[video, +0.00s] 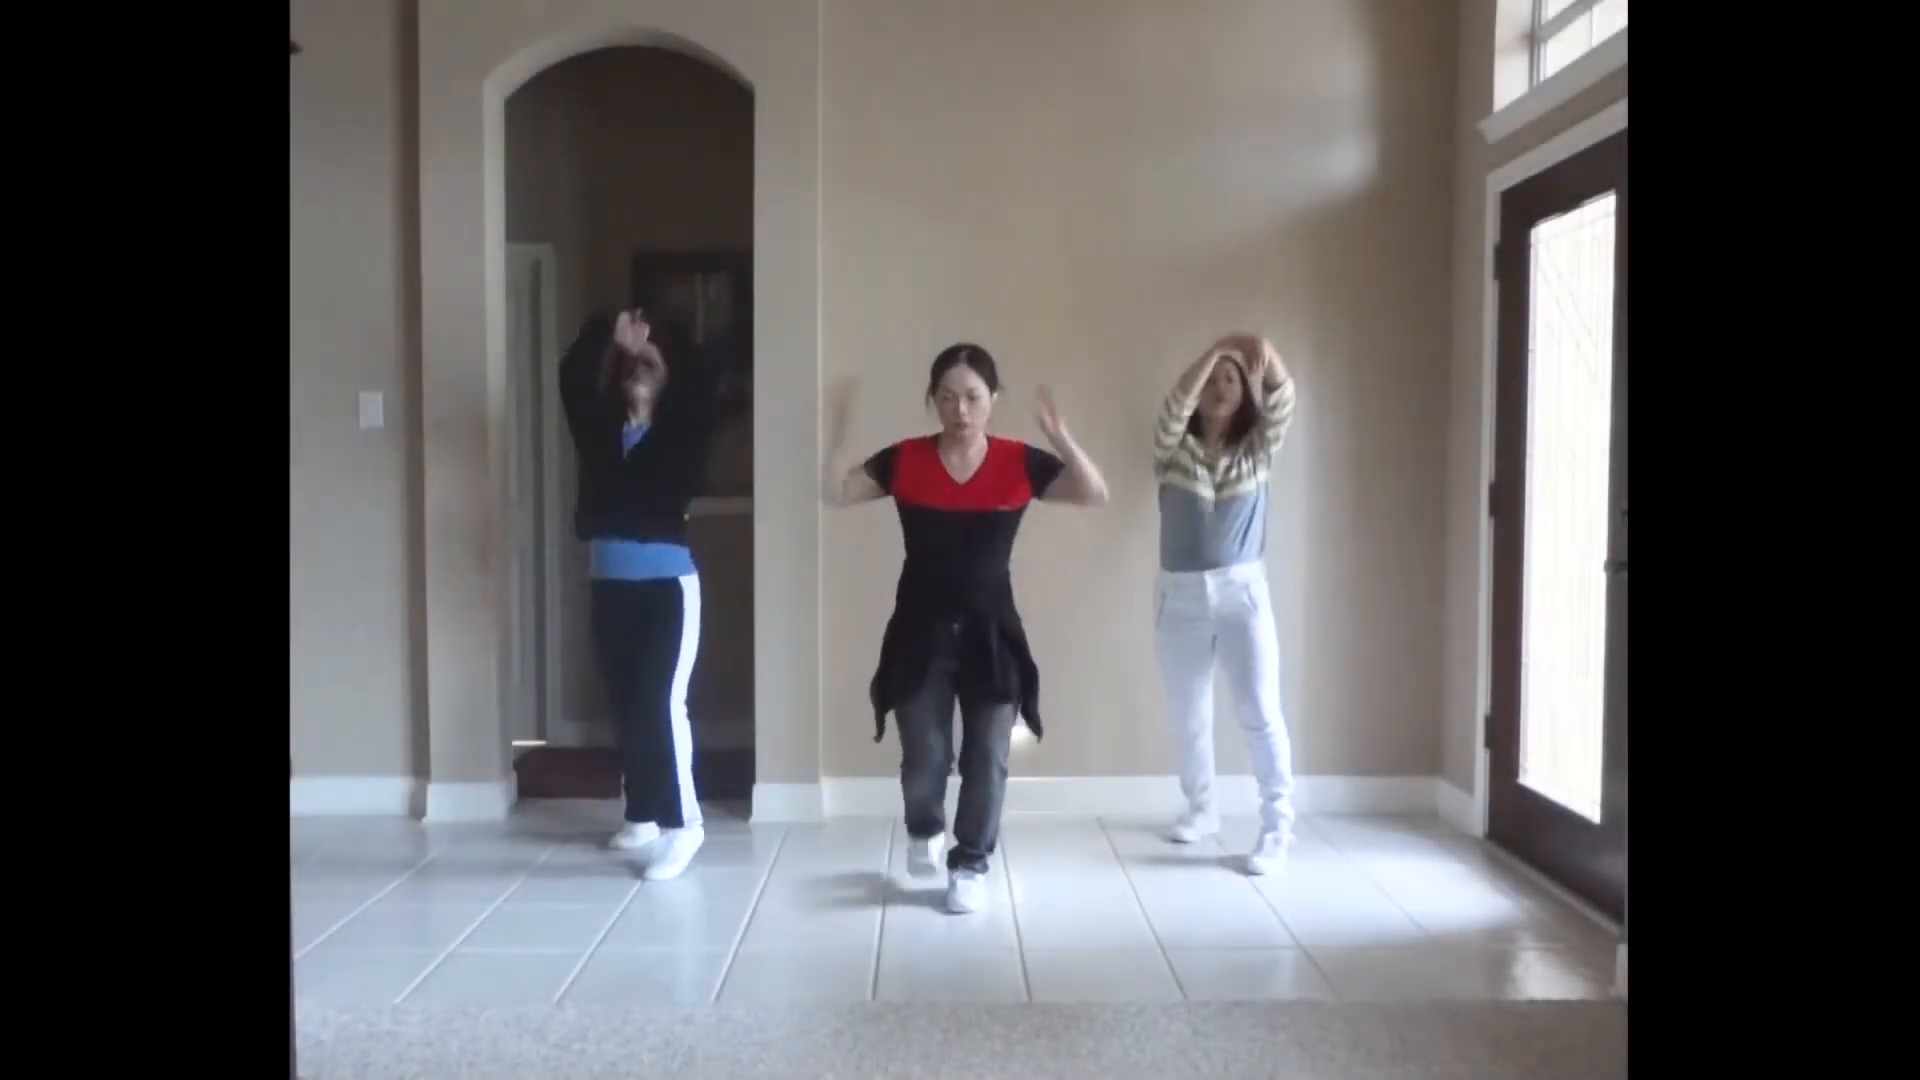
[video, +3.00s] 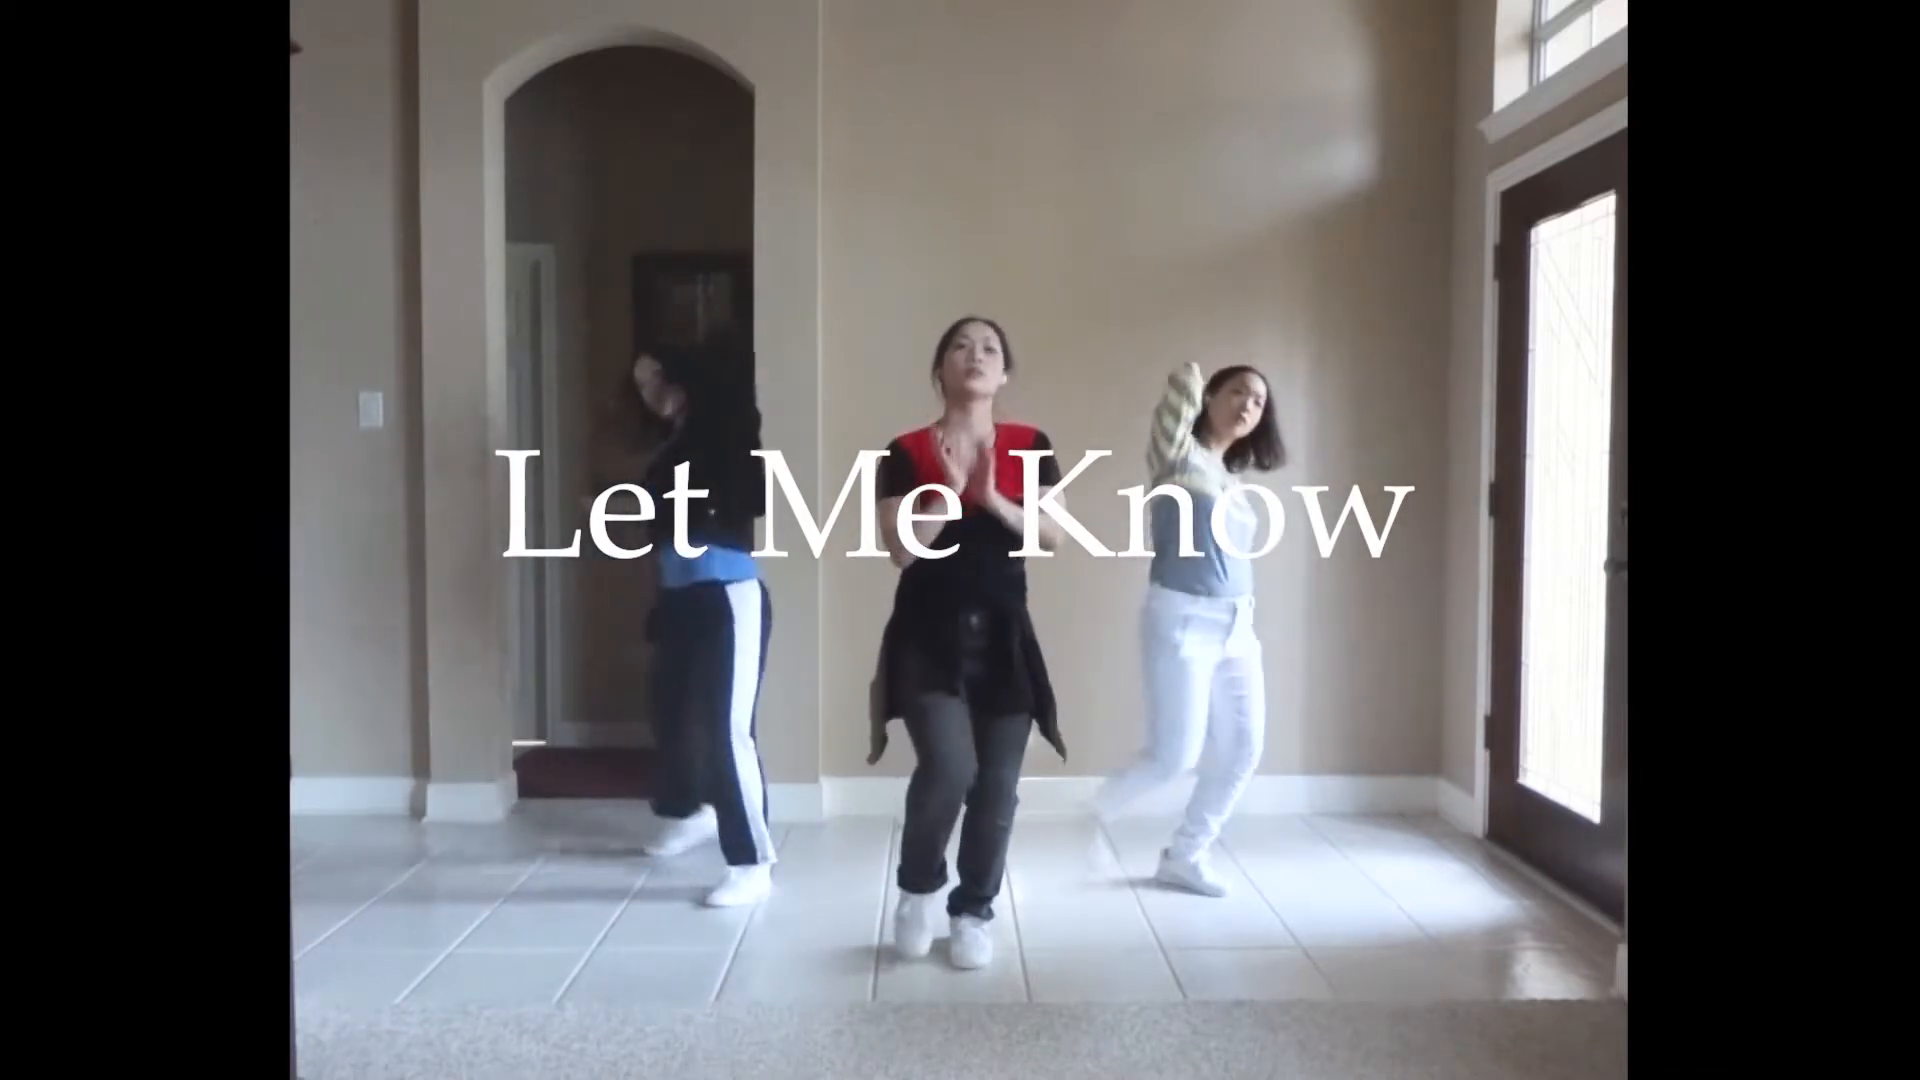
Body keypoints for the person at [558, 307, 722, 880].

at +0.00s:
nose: (636, 378)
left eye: (648, 369)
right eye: (628, 370)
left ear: (665, 379)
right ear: (616, 380)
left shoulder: (683, 427)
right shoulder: (597, 429)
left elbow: (706, 369)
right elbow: (573, 377)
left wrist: (657, 346)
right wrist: (609, 335)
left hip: (668, 582)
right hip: (613, 582)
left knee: (663, 702)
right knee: (628, 704)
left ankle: (685, 823)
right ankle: (643, 817)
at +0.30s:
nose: (644, 393)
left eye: (653, 386)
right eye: (634, 386)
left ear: (670, 396)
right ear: (620, 395)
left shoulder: (683, 434)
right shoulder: (602, 432)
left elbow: (685, 432)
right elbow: (587, 431)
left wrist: (649, 418)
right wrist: (610, 411)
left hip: (667, 585)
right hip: (611, 584)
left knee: (656, 701)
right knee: (623, 702)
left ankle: (683, 819)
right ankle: (641, 817)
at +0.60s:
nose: (645, 413)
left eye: (654, 404)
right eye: (636, 406)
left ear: (671, 406)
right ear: (625, 412)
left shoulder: (690, 456)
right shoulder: (607, 457)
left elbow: (692, 528)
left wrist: (647, 502)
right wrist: (614, 497)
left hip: (667, 590)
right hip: (611, 588)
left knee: (655, 697)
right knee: (616, 698)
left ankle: (681, 818)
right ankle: (640, 820)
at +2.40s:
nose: (648, 442)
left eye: (655, 431)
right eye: (638, 435)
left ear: (676, 428)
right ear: (630, 441)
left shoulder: (703, 481)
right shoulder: (618, 484)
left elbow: (704, 542)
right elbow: (592, 541)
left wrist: (670, 583)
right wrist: (619, 577)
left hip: (682, 605)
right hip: (626, 604)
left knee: (630, 691)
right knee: (605, 700)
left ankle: (648, 814)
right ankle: (650, 809)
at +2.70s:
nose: (613, 434)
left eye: (618, 422)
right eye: (608, 424)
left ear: (642, 415)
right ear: (619, 425)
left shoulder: (699, 456)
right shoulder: (635, 467)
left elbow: (721, 538)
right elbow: (622, 551)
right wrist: (594, 618)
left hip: (701, 600)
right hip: (647, 596)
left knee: (700, 719)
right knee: (628, 705)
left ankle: (732, 849)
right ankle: (647, 818)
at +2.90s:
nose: (639, 404)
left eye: (644, 389)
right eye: (632, 396)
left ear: (670, 383)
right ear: (634, 402)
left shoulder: (714, 437)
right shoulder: (659, 450)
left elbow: (737, 519)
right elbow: (662, 534)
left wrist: (671, 505)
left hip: (725, 591)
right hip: (671, 592)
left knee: (729, 730)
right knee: (660, 711)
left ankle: (751, 862)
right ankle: (661, 802)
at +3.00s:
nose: (651, 397)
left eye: (656, 385)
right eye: (644, 389)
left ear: (682, 380)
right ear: (649, 394)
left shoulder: (723, 432)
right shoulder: (672, 443)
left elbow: (746, 513)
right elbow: (662, 520)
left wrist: (684, 505)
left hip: (730, 592)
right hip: (681, 591)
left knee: (728, 727)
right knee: (672, 707)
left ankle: (752, 864)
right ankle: (685, 812)